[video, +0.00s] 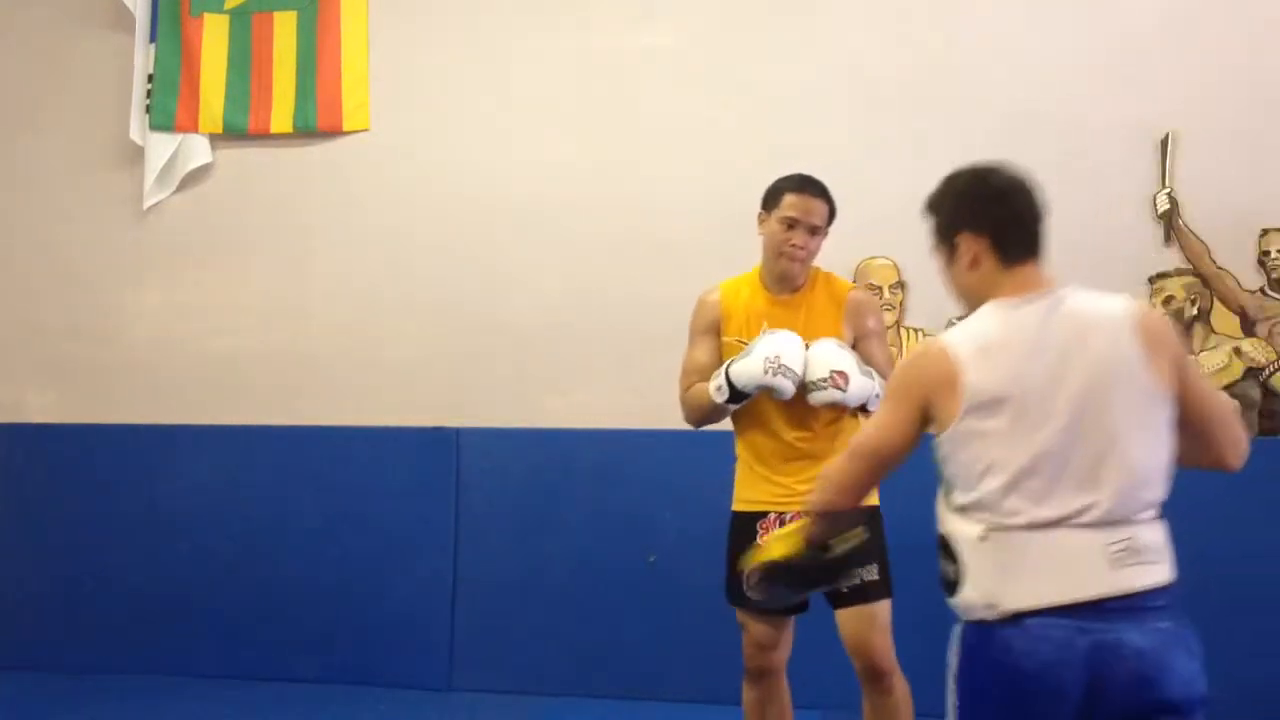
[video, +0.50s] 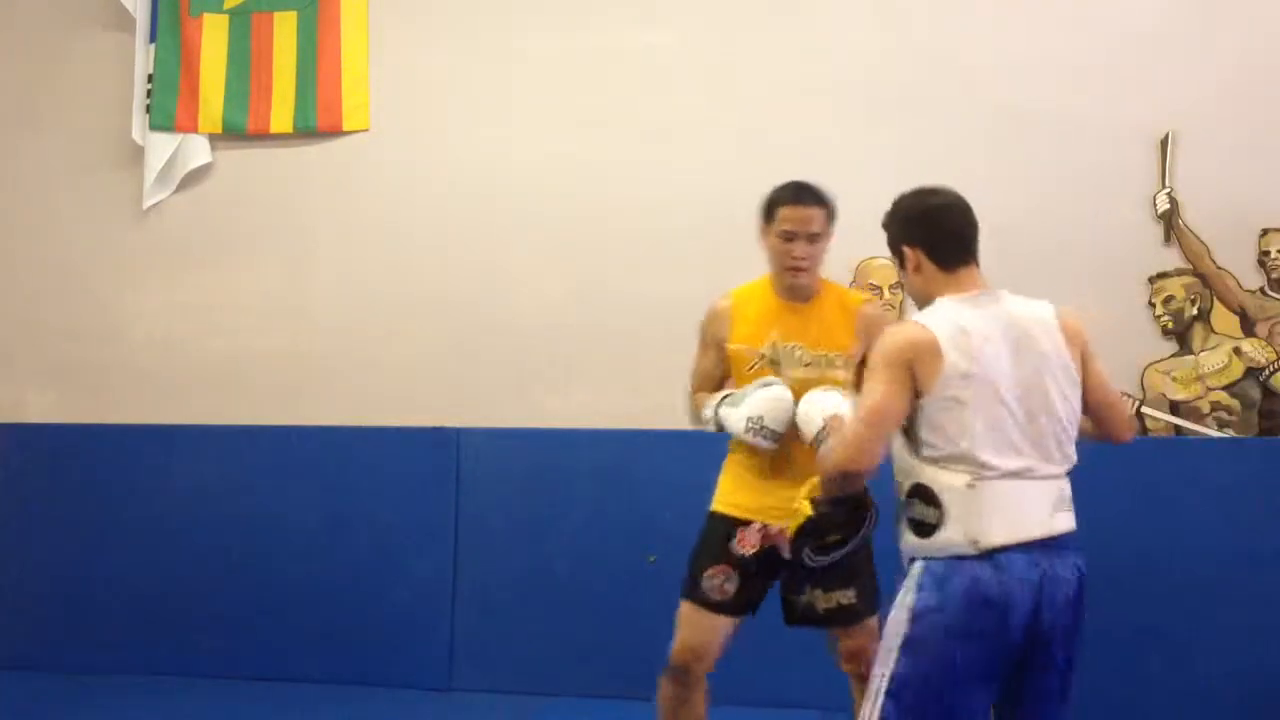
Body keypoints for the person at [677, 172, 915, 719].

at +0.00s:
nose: (800, 240)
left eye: (814, 231)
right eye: (790, 225)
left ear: (824, 239)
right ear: (762, 222)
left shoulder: (853, 304)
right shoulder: (719, 305)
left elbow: (891, 397)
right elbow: (692, 409)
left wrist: (861, 387)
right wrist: (736, 377)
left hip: (847, 502)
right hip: (761, 504)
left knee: (875, 661)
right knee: (761, 659)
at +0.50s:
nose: (799, 251)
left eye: (812, 239)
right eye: (787, 237)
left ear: (829, 242)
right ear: (765, 238)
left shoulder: (864, 316)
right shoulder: (728, 313)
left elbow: (891, 401)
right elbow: (699, 401)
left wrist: (848, 420)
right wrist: (730, 410)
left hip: (830, 511)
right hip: (743, 509)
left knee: (863, 659)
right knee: (686, 660)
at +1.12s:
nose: (643, 240)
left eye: (654, 231)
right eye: (631, 225)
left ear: (662, 240)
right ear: (597, 226)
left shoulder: (684, 324)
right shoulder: (544, 312)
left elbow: (717, 413)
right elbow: (506, 409)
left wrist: (679, 435)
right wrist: (553, 404)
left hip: (636, 517)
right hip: (561, 512)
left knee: (589, 684)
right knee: (564, 673)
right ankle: (614, 710)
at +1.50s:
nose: (609, 224)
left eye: (617, 215)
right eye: (600, 206)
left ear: (615, 225)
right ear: (554, 200)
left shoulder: (620, 311)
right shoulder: (468, 286)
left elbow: (633, 435)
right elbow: (425, 381)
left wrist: (598, 388)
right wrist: (459, 385)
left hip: (568, 523)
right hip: (471, 512)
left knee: (561, 693)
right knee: (416, 690)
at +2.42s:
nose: (505, 235)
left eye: (505, 218)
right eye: (497, 216)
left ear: (458, 216)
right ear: (457, 212)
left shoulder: (439, 302)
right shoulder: (410, 296)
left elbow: (429, 425)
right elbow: (415, 426)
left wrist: (505, 449)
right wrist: (505, 461)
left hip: (422, 537)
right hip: (364, 542)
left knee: (462, 694)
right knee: (363, 706)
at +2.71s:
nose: (517, 234)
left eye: (518, 218)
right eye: (509, 214)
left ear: (467, 215)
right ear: (466, 212)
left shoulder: (473, 313)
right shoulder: (411, 294)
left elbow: (483, 431)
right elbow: (452, 418)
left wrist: (569, 401)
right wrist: (565, 404)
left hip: (436, 527)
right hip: (367, 530)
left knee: (463, 697)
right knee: (356, 706)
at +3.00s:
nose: (504, 237)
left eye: (504, 221)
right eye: (494, 218)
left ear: (456, 219)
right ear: (451, 217)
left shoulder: (454, 316)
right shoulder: (377, 297)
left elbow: (431, 415)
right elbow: (354, 423)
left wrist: (501, 405)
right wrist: (470, 416)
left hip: (425, 537)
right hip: (352, 542)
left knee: (466, 696)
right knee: (346, 708)